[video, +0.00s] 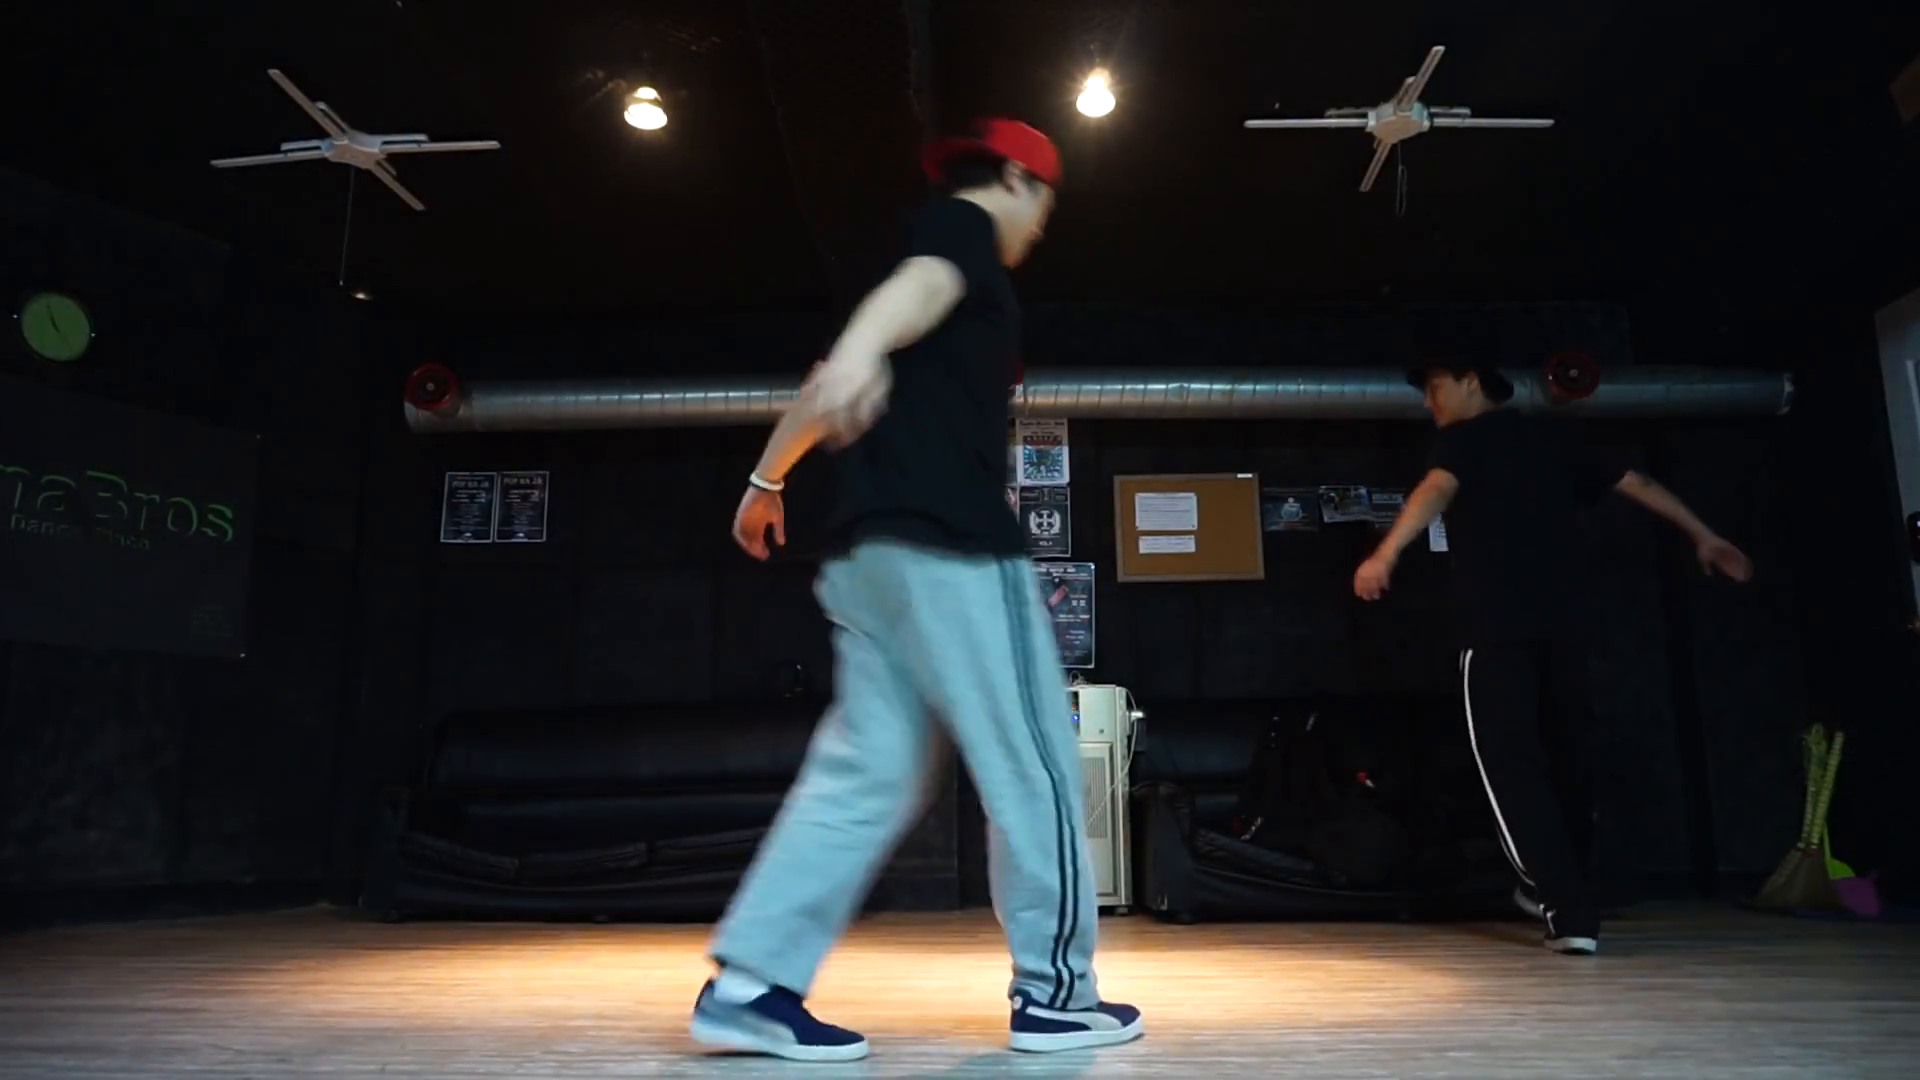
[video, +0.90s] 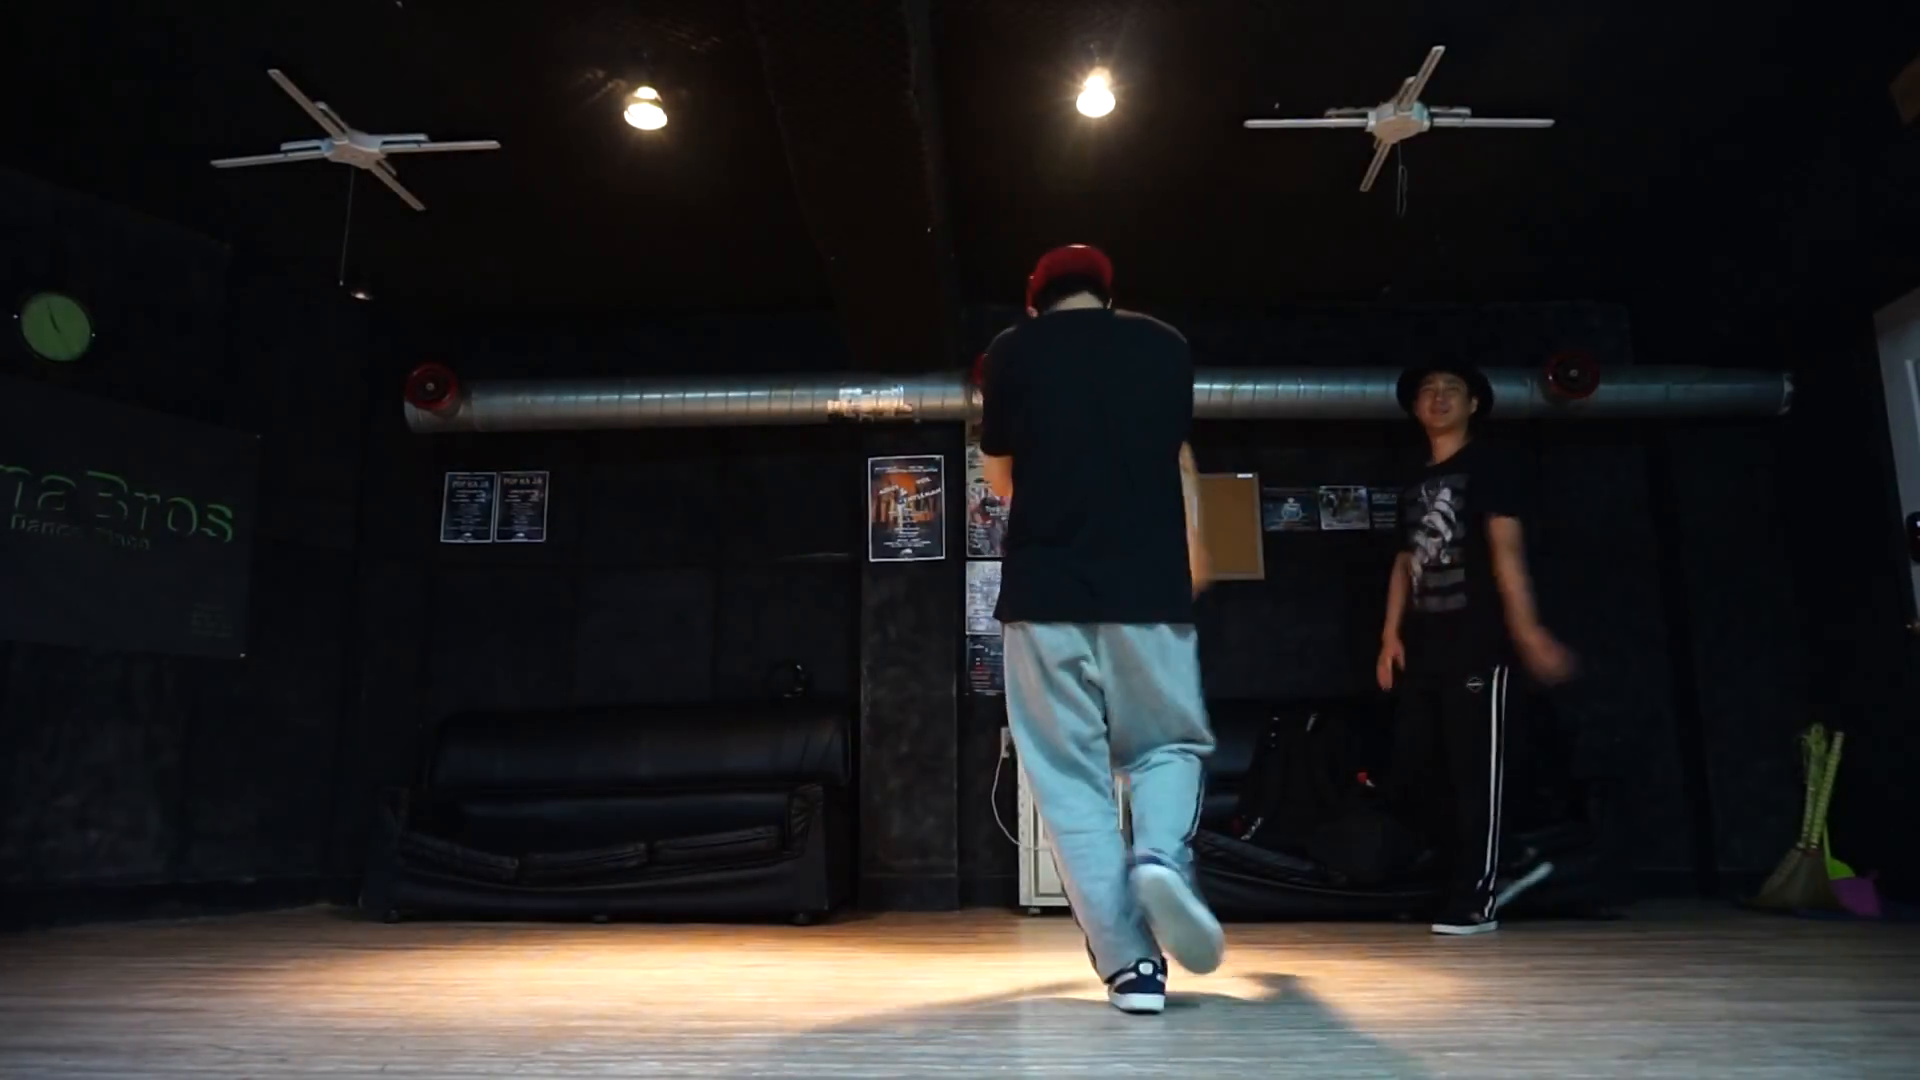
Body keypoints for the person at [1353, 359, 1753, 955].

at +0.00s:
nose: (1432, 406)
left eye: (1435, 390)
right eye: (1429, 394)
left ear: (1468, 381)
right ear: (1484, 382)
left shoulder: (1463, 439)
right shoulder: (1551, 435)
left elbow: (1436, 488)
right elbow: (1635, 484)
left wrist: (1384, 554)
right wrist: (1703, 536)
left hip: (1494, 629)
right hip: (1563, 624)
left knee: (1508, 765)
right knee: (1562, 752)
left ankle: (1571, 916)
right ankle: (1557, 892)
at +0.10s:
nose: (1430, 418)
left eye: (1435, 403)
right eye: (1427, 407)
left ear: (1469, 395)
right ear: (1479, 397)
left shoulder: (1468, 451)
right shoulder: (1547, 446)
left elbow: (1449, 507)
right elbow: (1625, 502)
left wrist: (1412, 574)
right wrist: (1667, 546)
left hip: (1499, 628)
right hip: (1560, 623)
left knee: (1499, 765)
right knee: (1554, 756)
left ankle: (1567, 907)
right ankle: (1552, 902)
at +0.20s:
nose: (1433, 419)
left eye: (1441, 406)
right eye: (1430, 409)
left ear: (1476, 401)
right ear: (1482, 407)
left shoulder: (1474, 457)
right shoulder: (1538, 452)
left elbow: (1458, 526)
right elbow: (1600, 525)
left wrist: (1425, 598)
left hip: (1501, 626)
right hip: (1554, 621)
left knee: (1486, 764)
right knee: (1549, 756)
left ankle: (1566, 875)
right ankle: (1552, 902)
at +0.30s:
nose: (1438, 412)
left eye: (1447, 398)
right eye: (1435, 403)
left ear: (1485, 397)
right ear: (1483, 403)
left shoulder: (1482, 456)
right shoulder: (1526, 451)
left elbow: (1458, 532)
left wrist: (1408, 605)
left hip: (1502, 624)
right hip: (1544, 619)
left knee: (1476, 758)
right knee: (1542, 751)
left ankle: (1563, 869)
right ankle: (1563, 899)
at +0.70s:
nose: (1439, 409)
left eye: (1451, 399)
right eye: (1431, 403)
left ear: (1480, 408)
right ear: (1424, 417)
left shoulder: (1495, 466)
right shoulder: (1442, 480)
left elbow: (1458, 549)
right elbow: (1431, 551)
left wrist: (1378, 580)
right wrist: (1376, 574)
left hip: (1499, 640)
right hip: (1468, 641)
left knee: (1483, 770)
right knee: (1513, 767)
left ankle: (1477, 901)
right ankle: (1551, 890)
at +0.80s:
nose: (1439, 406)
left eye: (1451, 397)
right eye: (1430, 399)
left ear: (1476, 407)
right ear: (1420, 414)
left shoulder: (1495, 466)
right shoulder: (1431, 483)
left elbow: (1476, 551)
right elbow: (1414, 551)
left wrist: (1441, 627)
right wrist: (1389, 600)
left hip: (1493, 635)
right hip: (1450, 633)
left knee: (1482, 766)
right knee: (1463, 763)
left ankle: (1479, 900)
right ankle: (1537, 867)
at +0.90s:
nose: (1439, 400)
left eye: (1451, 391)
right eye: (1429, 393)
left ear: (1473, 405)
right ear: (1415, 408)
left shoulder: (1493, 467)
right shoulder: (1420, 483)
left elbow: (1508, 554)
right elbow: (1405, 564)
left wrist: (1528, 632)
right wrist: (1391, 632)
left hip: (1481, 636)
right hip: (1426, 640)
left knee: (1479, 766)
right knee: (1429, 762)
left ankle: (1475, 900)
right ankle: (1512, 857)